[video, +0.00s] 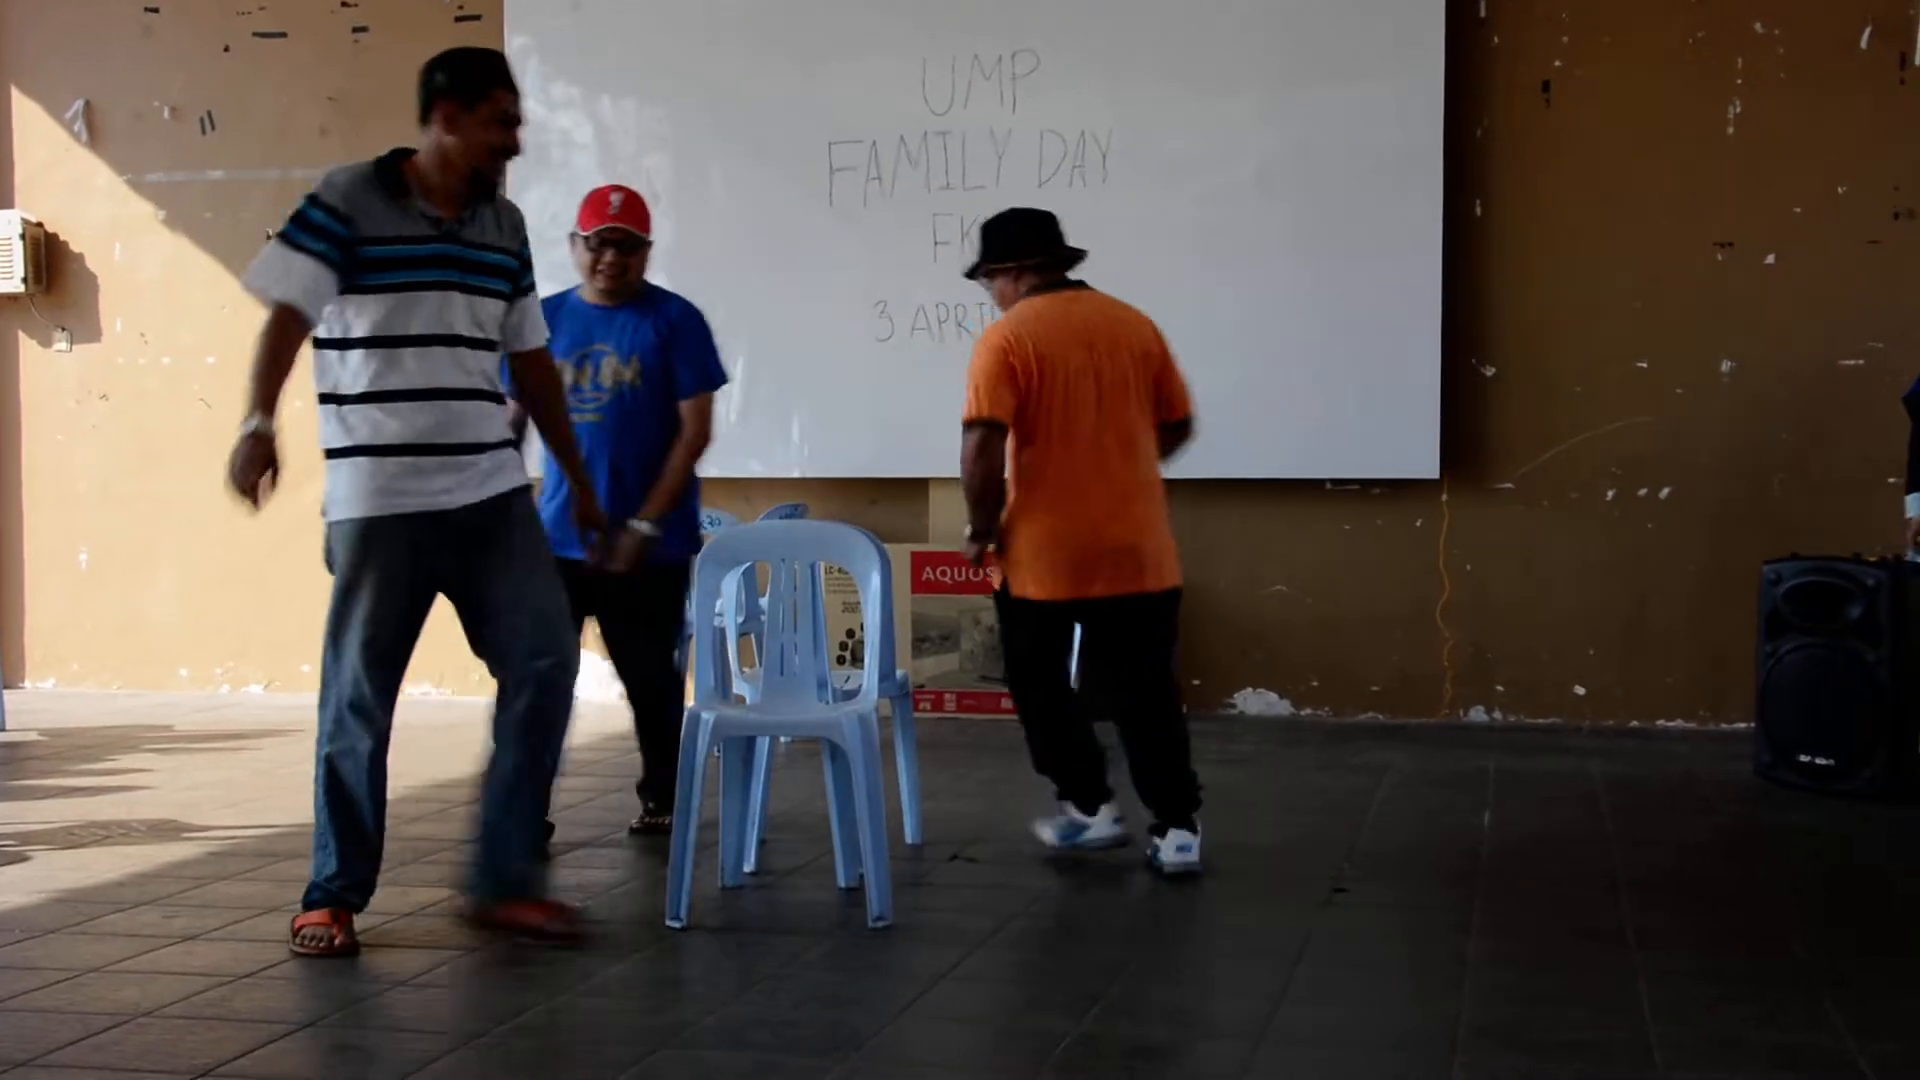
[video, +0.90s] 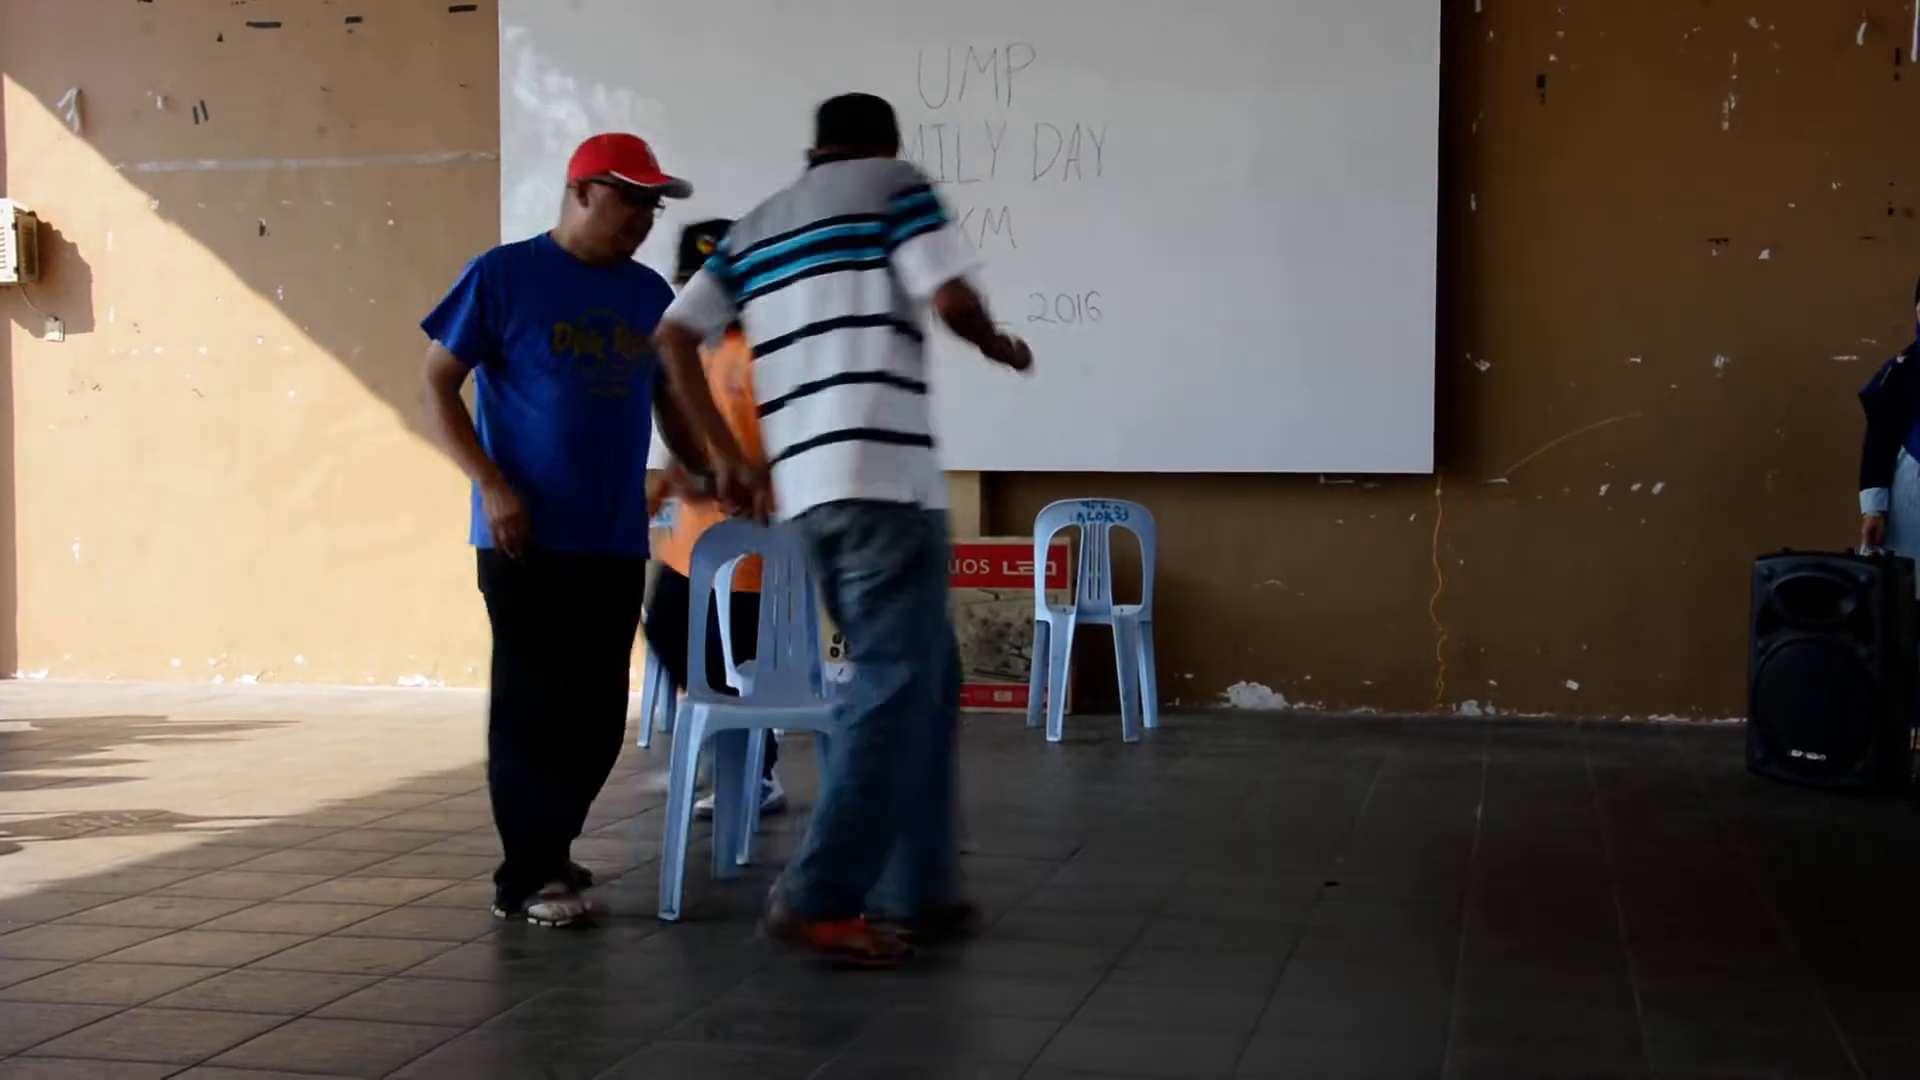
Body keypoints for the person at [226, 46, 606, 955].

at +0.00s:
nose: (513, 143)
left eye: (517, 127)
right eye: (501, 126)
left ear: (483, 125)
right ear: (443, 116)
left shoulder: (502, 223)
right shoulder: (349, 201)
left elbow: (530, 360)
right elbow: (287, 317)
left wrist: (579, 478)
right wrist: (257, 423)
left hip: (492, 501)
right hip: (380, 504)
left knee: (544, 663)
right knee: (356, 704)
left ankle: (508, 884)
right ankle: (333, 895)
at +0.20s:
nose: (590, 154)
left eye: (594, 138)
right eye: (583, 134)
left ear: (558, 127)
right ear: (535, 119)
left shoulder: (566, 243)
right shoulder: (443, 197)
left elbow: (581, 376)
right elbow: (385, 288)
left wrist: (602, 488)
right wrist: (389, 381)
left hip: (559, 504)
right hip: (453, 503)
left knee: (606, 701)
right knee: (400, 703)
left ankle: (643, 913)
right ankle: (333, 893)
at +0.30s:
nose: (643, 146)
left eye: (645, 129)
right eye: (635, 127)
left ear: (600, 121)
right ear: (587, 119)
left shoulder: (602, 223)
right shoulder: (501, 198)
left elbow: (590, 350)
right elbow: (443, 303)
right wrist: (472, 397)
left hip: (616, 510)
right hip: (523, 514)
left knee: (661, 699)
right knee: (463, 696)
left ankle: (648, 913)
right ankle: (344, 874)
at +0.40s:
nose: (699, 153)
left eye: (699, 134)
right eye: (691, 132)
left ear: (654, 125)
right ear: (648, 123)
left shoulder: (638, 223)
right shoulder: (566, 198)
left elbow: (626, 362)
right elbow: (512, 320)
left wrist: (671, 478)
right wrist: (549, 446)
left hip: (662, 512)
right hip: (586, 512)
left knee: (700, 708)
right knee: (556, 708)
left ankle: (648, 913)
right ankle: (408, 838)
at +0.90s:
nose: (646, 217)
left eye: (652, 203)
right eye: (632, 201)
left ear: (650, 207)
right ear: (585, 193)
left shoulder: (649, 296)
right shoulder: (504, 276)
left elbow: (667, 394)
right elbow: (438, 382)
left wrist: (696, 465)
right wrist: (490, 484)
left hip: (614, 537)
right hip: (527, 533)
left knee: (597, 709)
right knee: (533, 706)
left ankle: (550, 855)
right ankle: (526, 880)